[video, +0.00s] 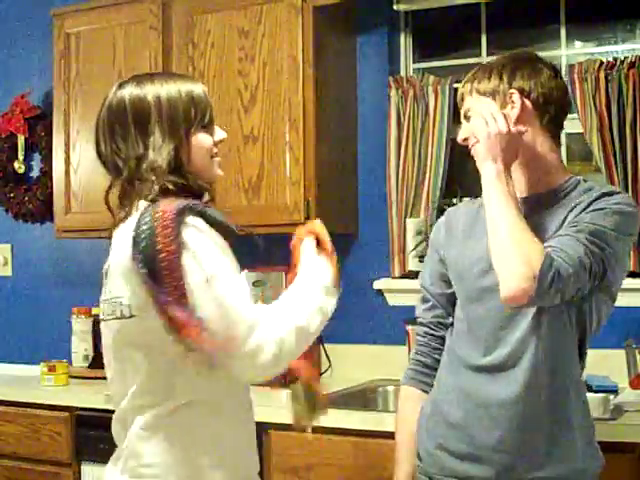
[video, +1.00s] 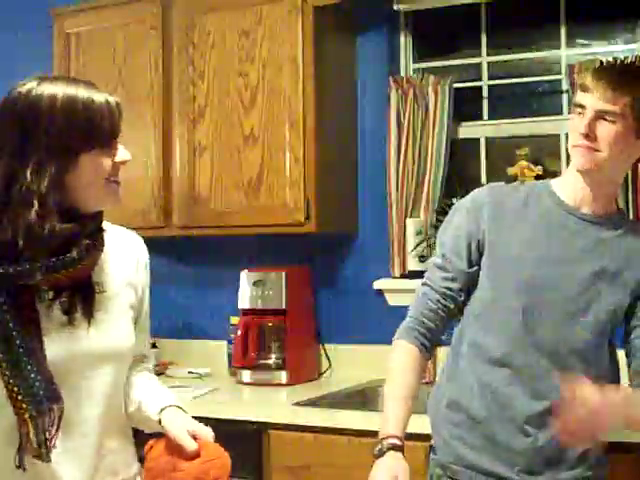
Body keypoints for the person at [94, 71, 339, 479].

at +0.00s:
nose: (220, 136)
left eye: (212, 124)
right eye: (204, 126)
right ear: (164, 139)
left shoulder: (130, 234)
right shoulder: (181, 230)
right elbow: (253, 351)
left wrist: (272, 369)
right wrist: (317, 276)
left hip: (144, 462)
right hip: (197, 466)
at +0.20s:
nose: (191, 131)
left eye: (183, 118)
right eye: (173, 120)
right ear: (128, 136)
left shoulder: (174, 235)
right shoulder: (101, 259)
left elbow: (207, 343)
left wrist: (263, 298)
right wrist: (240, 375)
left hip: (229, 465)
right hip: (157, 474)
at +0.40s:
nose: (172, 133)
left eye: (165, 120)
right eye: (152, 122)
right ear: (99, 143)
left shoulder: (180, 238)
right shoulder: (57, 264)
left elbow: (205, 355)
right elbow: (31, 404)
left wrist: (292, 313)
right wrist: (148, 461)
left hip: (198, 466)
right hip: (109, 473)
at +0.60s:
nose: (158, 151)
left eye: (151, 138)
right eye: (139, 139)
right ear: (83, 153)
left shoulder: (157, 262)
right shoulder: (15, 279)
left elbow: (145, 395)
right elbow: (2, 424)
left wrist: (222, 403)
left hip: (143, 471)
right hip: (49, 471)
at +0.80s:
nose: (134, 164)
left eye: (129, 148)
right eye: (114, 150)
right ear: (55, 162)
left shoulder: (134, 259)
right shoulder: (9, 265)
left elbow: (132, 376)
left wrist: (160, 420)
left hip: (114, 471)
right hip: (22, 471)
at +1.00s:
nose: (123, 156)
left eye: (116, 143)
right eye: (104, 145)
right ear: (45, 160)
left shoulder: (127, 254)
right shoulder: (7, 260)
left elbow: (132, 372)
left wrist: (170, 414)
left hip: (114, 470)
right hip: (24, 471)